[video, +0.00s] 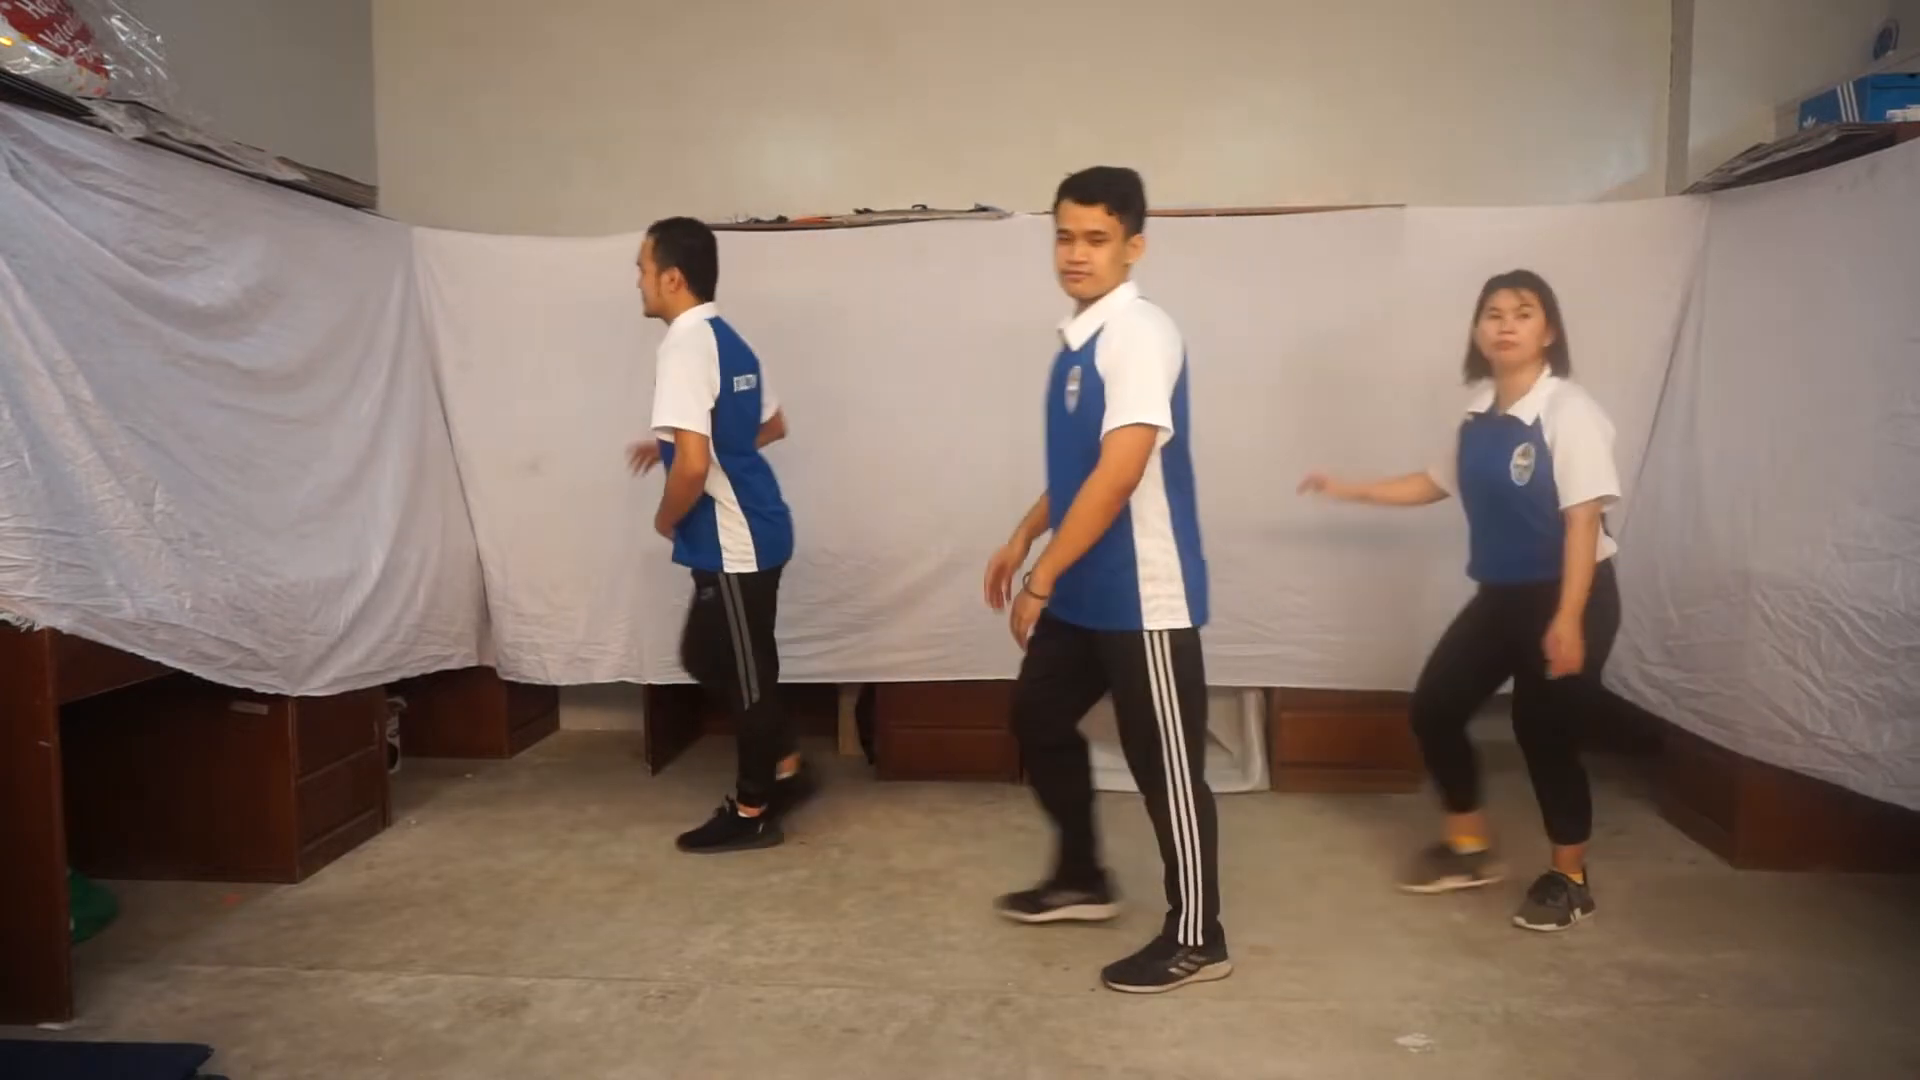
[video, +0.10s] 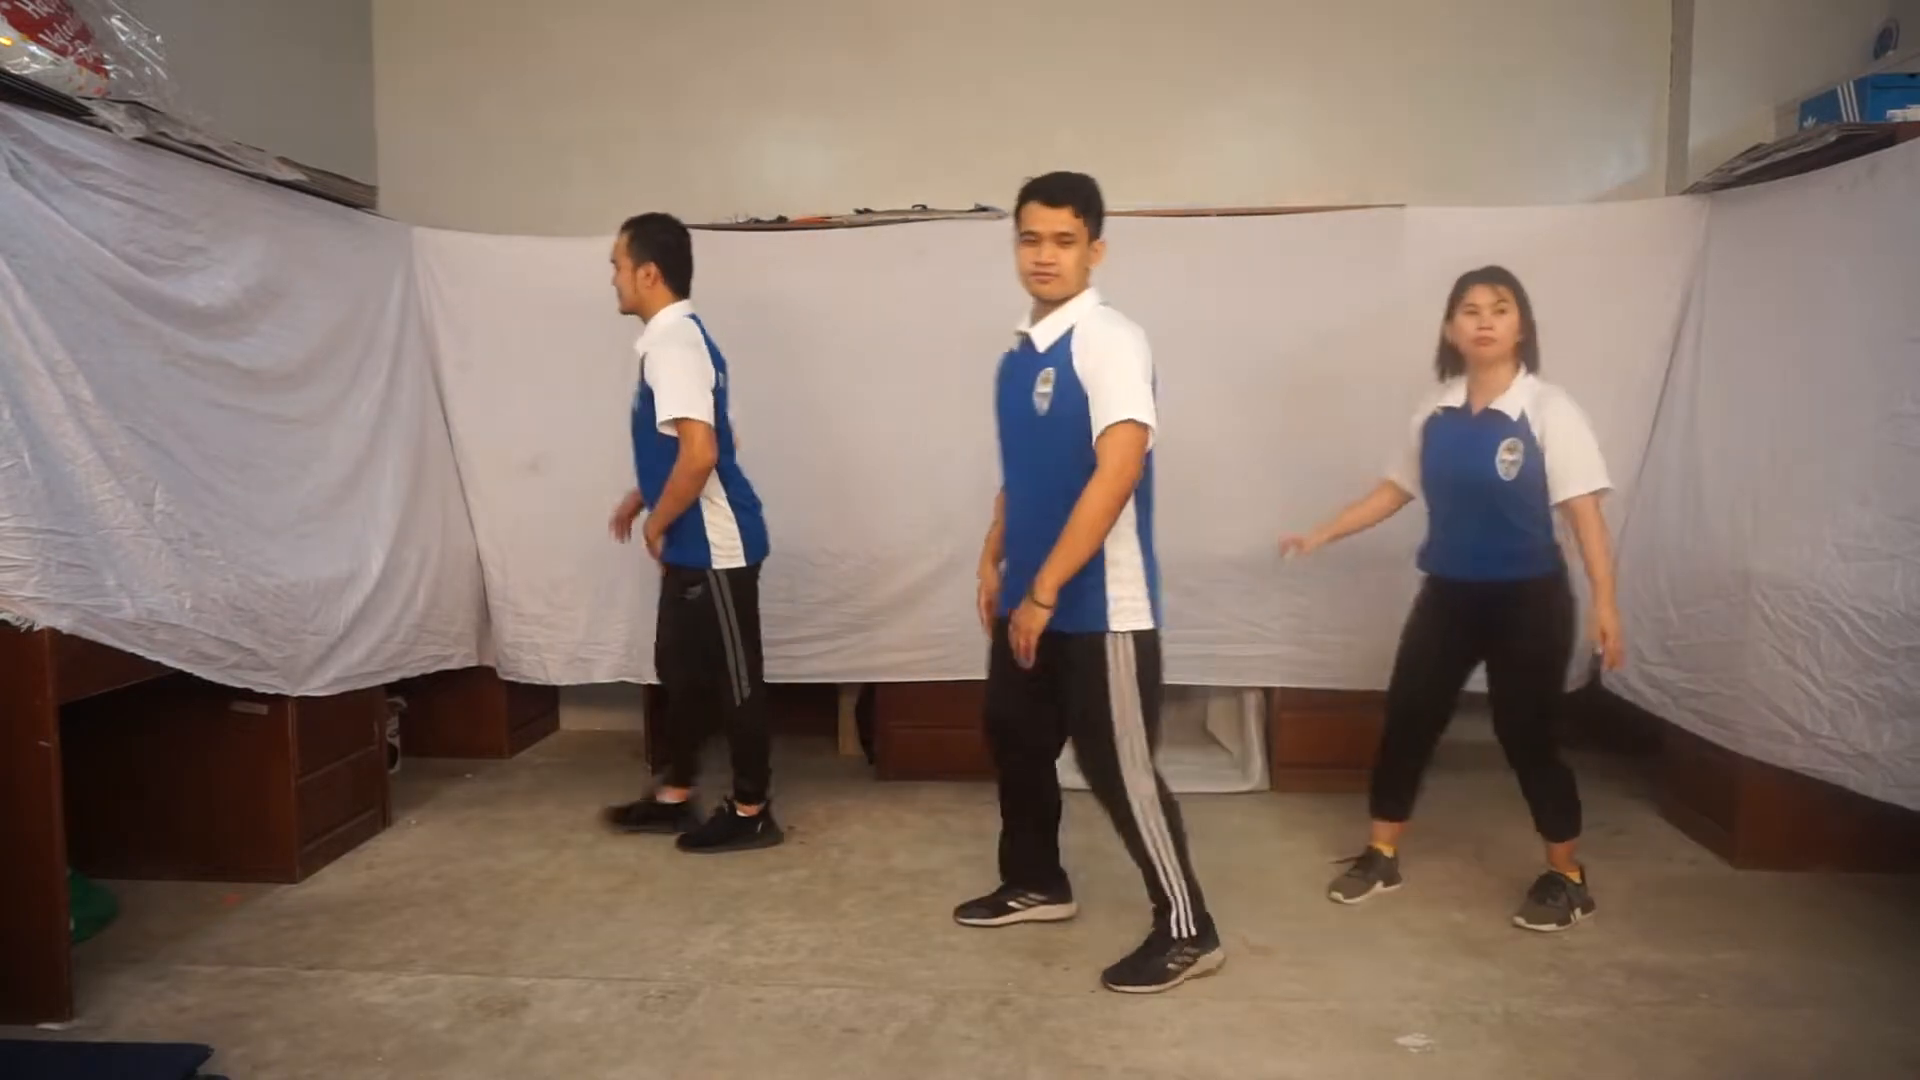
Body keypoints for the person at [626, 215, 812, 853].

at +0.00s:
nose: (638, 279)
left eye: (644, 268)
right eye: (640, 268)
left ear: (672, 275)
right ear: (690, 277)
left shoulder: (686, 344)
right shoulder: (722, 333)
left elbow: (694, 464)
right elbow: (769, 425)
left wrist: (664, 520)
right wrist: (674, 442)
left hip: (735, 542)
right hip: (744, 534)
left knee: (747, 674)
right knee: (703, 654)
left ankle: (753, 808)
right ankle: (786, 763)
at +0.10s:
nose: (612, 276)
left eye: (618, 264)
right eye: (613, 264)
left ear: (649, 271)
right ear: (658, 272)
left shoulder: (675, 340)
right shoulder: (668, 335)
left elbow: (700, 453)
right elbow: (688, 439)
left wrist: (660, 520)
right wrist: (641, 496)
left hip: (718, 542)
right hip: (690, 539)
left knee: (737, 680)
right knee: (679, 671)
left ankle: (751, 809)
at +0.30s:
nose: (581, 273)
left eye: (593, 260)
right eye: (577, 262)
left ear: (634, 266)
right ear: (579, 269)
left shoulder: (662, 344)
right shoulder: (597, 349)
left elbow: (710, 440)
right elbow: (601, 447)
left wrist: (652, 520)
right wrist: (568, 500)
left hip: (661, 548)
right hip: (606, 548)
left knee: (649, 679)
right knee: (622, 679)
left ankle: (689, 807)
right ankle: (642, 800)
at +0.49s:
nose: (570, 273)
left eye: (584, 262)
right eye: (557, 262)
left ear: (607, 272)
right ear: (540, 273)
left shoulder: (634, 352)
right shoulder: (523, 357)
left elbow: (707, 433)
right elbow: (497, 437)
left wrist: (646, 495)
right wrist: (481, 498)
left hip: (617, 558)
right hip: (545, 557)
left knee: (617, 687)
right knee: (519, 671)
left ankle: (646, 821)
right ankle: (553, 798)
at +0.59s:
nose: (553, 272)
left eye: (566, 260)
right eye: (538, 260)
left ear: (584, 270)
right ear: (517, 270)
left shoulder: (615, 350)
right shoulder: (487, 353)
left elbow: (668, 441)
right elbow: (453, 450)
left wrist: (622, 416)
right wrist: (480, 509)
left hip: (599, 555)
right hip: (520, 554)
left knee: (617, 685)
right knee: (504, 688)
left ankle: (644, 818)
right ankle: (496, 819)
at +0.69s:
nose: (536, 273)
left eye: (547, 261)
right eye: (521, 261)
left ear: (561, 269)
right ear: (495, 270)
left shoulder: (580, 350)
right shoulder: (463, 351)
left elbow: (625, 396)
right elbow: (443, 458)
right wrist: (529, 513)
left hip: (579, 552)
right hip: (501, 557)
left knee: (589, 673)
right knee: (497, 690)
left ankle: (591, 800)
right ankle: (497, 821)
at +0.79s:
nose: (519, 272)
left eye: (529, 260)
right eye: (504, 259)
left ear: (541, 268)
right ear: (474, 268)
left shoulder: (563, 343)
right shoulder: (446, 352)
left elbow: (645, 317)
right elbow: (445, 462)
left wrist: (613, 237)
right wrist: (550, 502)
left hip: (555, 548)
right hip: (483, 557)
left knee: (561, 669)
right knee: (489, 689)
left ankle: (508, 748)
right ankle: (493, 818)